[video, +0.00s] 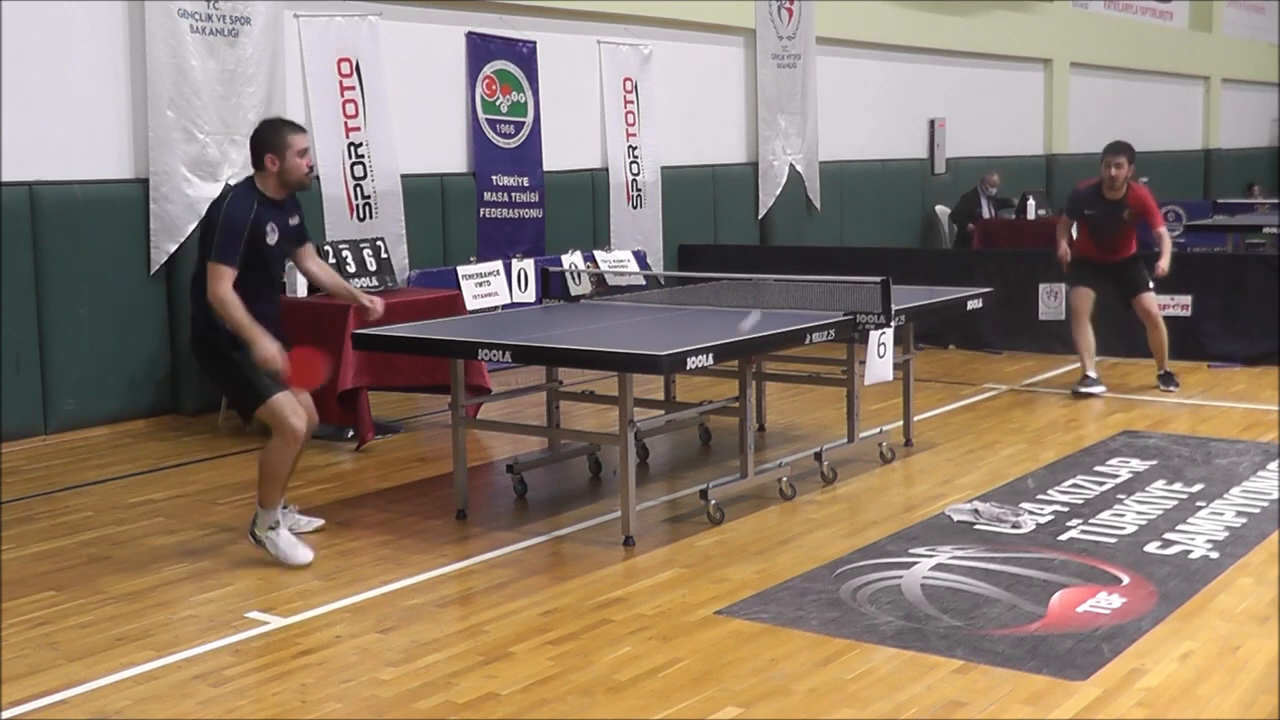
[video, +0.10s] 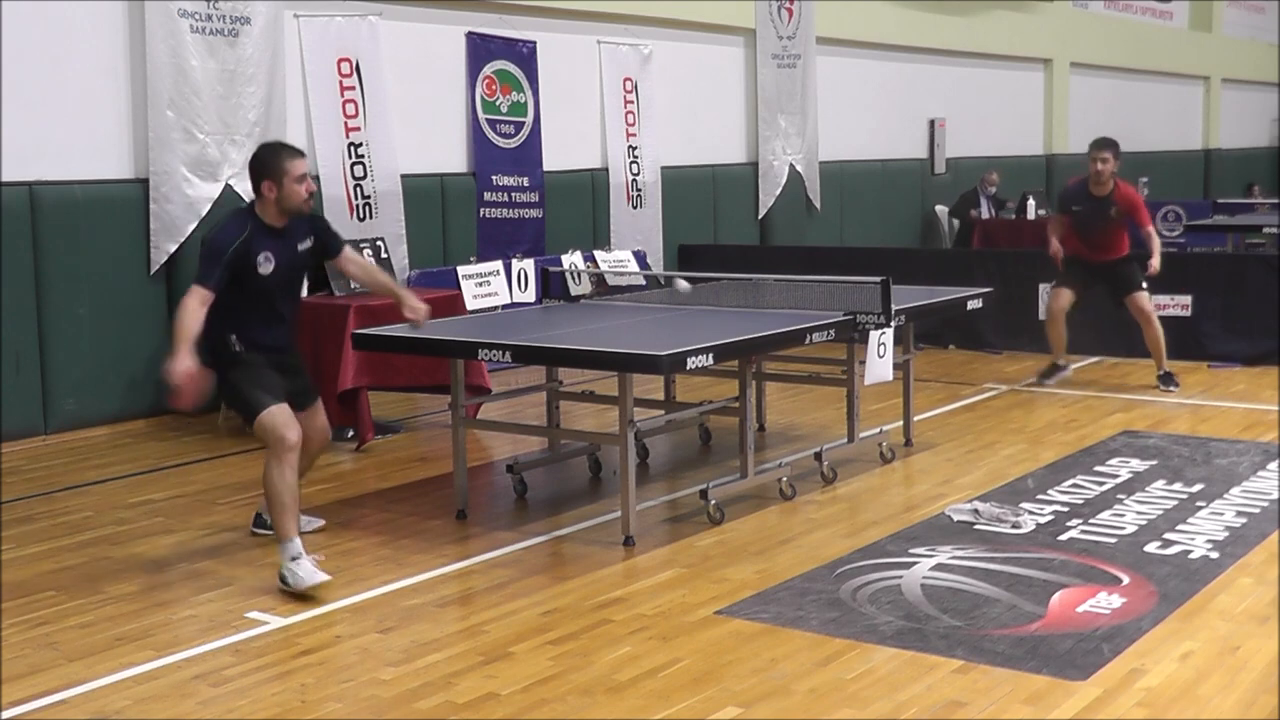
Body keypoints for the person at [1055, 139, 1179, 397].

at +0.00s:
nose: (1112, 172)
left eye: (1119, 166)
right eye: (1108, 166)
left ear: (1129, 170)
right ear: (1101, 167)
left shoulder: (1140, 196)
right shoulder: (1082, 194)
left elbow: (1162, 234)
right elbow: (1064, 223)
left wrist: (1164, 259)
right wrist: (1063, 244)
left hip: (1126, 261)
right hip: (1088, 261)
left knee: (1152, 313)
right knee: (1079, 309)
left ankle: (1163, 372)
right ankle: (1090, 375)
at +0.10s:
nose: (1098, 167)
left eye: (1104, 161)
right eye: (1094, 161)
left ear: (1115, 165)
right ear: (1088, 162)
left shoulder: (1128, 196)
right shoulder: (1072, 192)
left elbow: (1149, 232)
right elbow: (1057, 221)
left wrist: (1155, 256)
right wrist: (1054, 240)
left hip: (1119, 263)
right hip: (1080, 263)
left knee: (1145, 311)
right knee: (1055, 307)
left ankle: (1163, 371)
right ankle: (1059, 363)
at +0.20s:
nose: (1070, 157)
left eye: (1076, 151)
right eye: (1066, 151)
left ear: (1088, 154)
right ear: (1061, 154)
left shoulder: (1104, 186)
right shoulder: (1048, 188)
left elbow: (1122, 217)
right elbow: (1027, 218)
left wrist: (1138, 243)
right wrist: (1027, 234)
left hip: (1099, 263)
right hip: (1057, 265)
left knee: (1126, 309)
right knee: (1032, 319)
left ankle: (1160, 370)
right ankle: (1036, 362)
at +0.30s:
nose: (1051, 152)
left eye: (1056, 147)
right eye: (1047, 147)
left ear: (1068, 149)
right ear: (1042, 149)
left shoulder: (1085, 180)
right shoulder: (1030, 183)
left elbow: (1104, 209)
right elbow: (1011, 212)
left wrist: (1123, 234)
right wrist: (1008, 229)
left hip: (1081, 259)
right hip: (1039, 260)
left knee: (1111, 311)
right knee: (1017, 315)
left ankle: (1146, 365)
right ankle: (1036, 362)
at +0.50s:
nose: (1020, 135)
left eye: (1026, 130)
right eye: (1016, 130)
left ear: (1038, 131)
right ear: (1012, 132)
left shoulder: (1055, 161)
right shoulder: (1003, 162)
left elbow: (1085, 192)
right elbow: (986, 196)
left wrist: (1079, 220)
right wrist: (975, 223)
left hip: (1050, 237)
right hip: (1013, 237)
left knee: (1057, 293)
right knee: (997, 294)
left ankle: (1064, 353)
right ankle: (1016, 349)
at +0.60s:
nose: (1003, 146)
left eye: (1008, 140)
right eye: (999, 140)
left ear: (1020, 142)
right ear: (995, 142)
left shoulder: (1036, 169)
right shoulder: (988, 172)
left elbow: (1065, 205)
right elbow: (972, 208)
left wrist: (1046, 223)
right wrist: (961, 239)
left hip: (1034, 247)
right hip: (996, 246)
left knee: (1044, 301)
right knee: (970, 291)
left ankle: (1054, 357)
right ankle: (963, 350)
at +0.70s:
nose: (984, 159)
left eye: (990, 153)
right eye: (981, 154)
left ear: (1004, 154)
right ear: (977, 156)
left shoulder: (1020, 181)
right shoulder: (976, 185)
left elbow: (1044, 219)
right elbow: (962, 225)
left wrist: (1016, 236)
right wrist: (948, 252)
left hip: (1021, 256)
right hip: (983, 255)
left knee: (1038, 305)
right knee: (949, 300)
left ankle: (1054, 358)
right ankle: (929, 350)